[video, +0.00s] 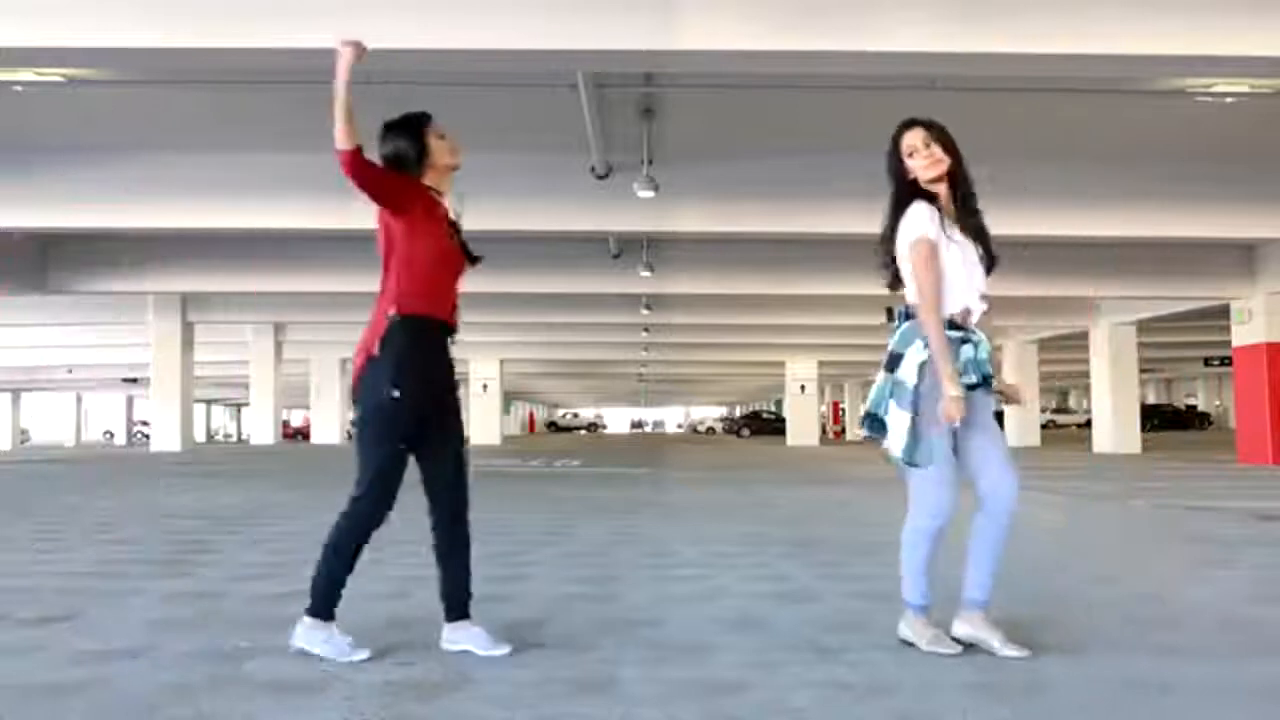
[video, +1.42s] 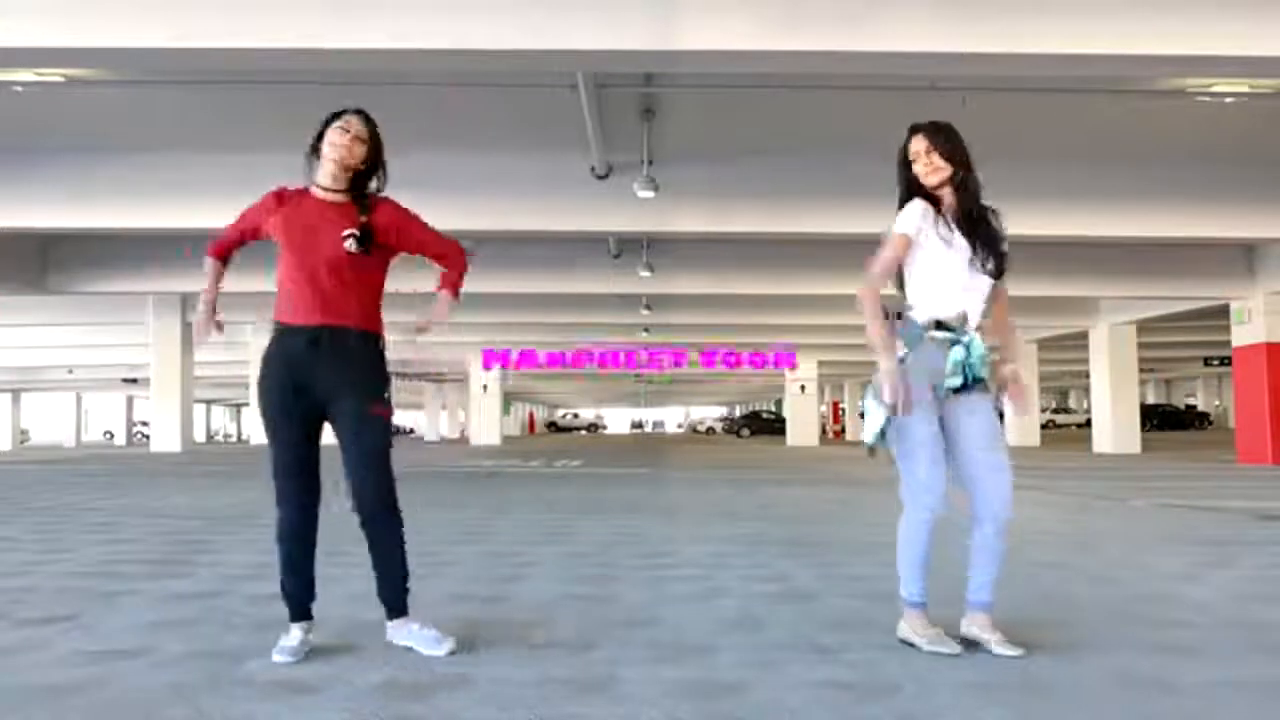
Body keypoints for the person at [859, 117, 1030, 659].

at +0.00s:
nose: (926, 157)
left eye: (932, 145)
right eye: (913, 154)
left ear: (951, 152)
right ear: (905, 171)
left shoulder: (960, 222)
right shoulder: (919, 218)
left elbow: (964, 308)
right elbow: (926, 304)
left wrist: (989, 376)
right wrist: (949, 381)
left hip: (967, 358)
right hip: (929, 358)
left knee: (1000, 486)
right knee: (932, 497)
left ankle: (972, 614)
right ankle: (914, 616)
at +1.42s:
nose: (925, 164)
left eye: (932, 153)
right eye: (916, 160)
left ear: (956, 155)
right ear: (911, 171)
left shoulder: (985, 224)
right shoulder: (917, 216)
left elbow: (996, 301)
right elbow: (869, 287)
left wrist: (1007, 358)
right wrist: (887, 358)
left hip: (968, 362)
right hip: (915, 356)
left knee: (995, 493)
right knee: (924, 490)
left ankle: (977, 616)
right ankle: (912, 615)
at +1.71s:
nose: (922, 152)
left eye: (931, 144)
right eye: (923, 143)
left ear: (960, 149)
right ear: (938, 149)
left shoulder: (1007, 208)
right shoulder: (918, 208)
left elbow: (1082, 254)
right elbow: (864, 250)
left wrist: (1042, 307)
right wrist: (892, 294)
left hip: (989, 348)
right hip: (926, 348)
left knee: (988, 490)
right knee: (923, 492)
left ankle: (1006, 615)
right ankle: (912, 613)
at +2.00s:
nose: (951, 177)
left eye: (961, 170)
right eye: (953, 167)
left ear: (986, 181)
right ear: (956, 174)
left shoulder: (1014, 236)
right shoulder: (944, 230)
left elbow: (1072, 281)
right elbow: (925, 291)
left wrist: (1030, 324)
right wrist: (935, 335)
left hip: (1005, 377)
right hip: (949, 378)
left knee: (1016, 496)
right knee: (915, 492)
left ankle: (1010, 615)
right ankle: (921, 612)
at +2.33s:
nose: (948, 174)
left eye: (958, 169)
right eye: (950, 165)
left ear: (985, 181)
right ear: (960, 172)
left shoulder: (1025, 233)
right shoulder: (945, 224)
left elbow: (1093, 282)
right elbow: (927, 283)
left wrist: (1044, 325)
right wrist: (935, 332)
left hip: (1010, 371)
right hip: (952, 370)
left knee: (1015, 493)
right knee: (922, 485)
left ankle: (1010, 616)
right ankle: (924, 612)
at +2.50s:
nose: (951, 163)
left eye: (963, 157)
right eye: (954, 153)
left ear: (988, 171)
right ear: (960, 162)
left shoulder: (1023, 230)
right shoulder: (940, 224)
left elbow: (1095, 277)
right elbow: (923, 280)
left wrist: (1047, 323)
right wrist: (936, 330)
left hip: (1012, 371)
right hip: (952, 369)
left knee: (1015, 494)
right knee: (930, 490)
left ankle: (1010, 616)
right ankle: (924, 612)